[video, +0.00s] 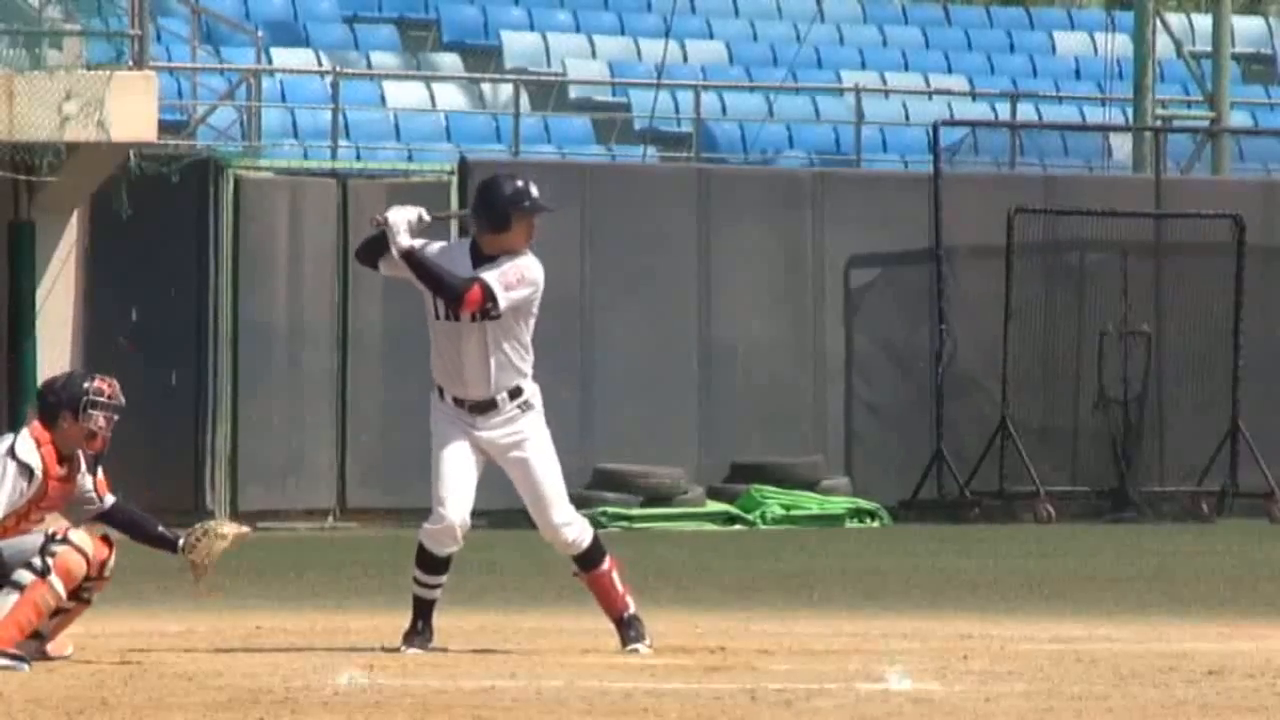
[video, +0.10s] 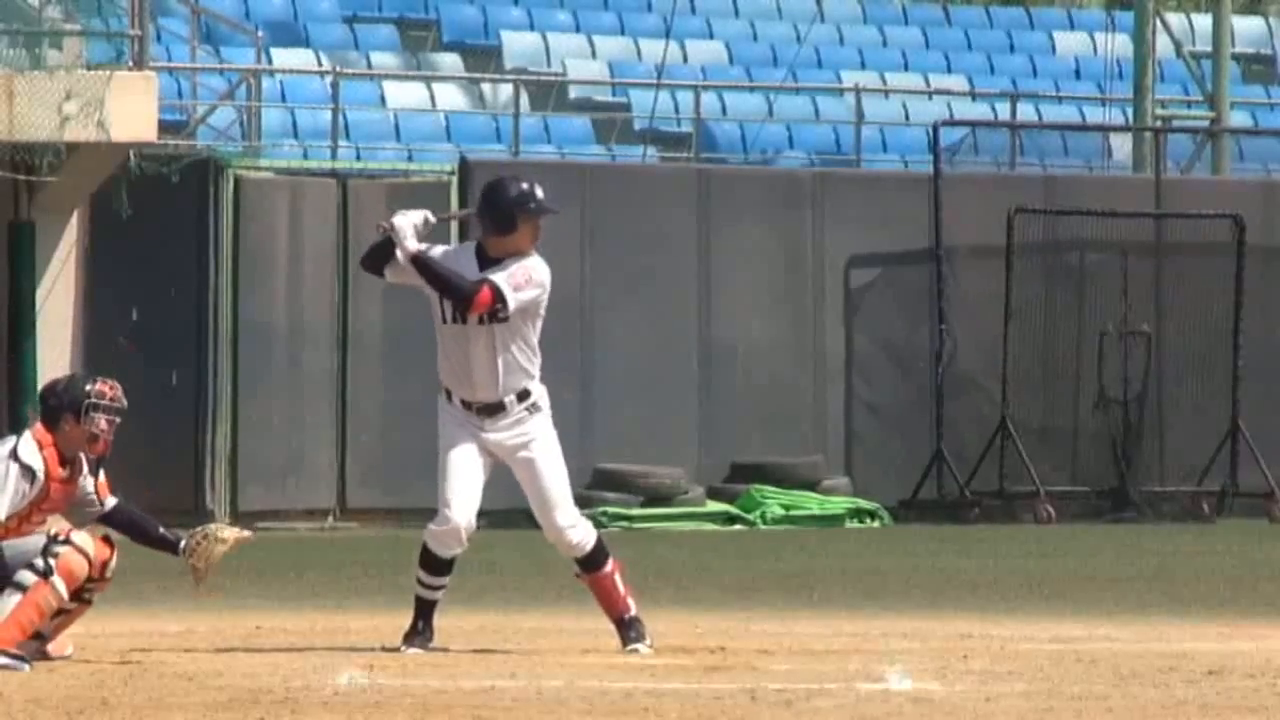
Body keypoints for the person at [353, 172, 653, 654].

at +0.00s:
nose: (533, 226)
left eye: (533, 217)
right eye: (526, 218)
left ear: (504, 224)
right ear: (501, 224)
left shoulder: (526, 270)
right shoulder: (443, 254)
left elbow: (466, 298)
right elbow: (367, 256)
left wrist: (407, 249)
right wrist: (392, 229)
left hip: (515, 414)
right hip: (454, 415)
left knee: (559, 525)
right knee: (448, 520)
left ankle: (626, 621)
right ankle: (420, 626)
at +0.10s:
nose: (538, 228)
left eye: (538, 219)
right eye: (531, 220)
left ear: (509, 225)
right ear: (505, 226)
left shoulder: (532, 271)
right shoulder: (447, 258)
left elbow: (475, 300)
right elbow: (373, 264)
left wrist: (413, 251)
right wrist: (398, 234)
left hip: (523, 415)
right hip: (461, 417)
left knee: (564, 527)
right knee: (453, 523)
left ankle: (627, 622)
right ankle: (421, 624)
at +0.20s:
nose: (542, 230)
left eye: (542, 221)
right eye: (535, 222)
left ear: (513, 226)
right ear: (511, 227)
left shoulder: (538, 272)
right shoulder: (453, 262)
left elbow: (481, 301)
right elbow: (378, 270)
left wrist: (419, 254)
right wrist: (403, 240)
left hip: (531, 417)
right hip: (469, 420)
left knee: (565, 527)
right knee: (458, 525)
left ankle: (628, 624)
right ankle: (421, 626)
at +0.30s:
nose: (542, 235)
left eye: (543, 226)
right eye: (536, 226)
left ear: (514, 231)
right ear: (511, 231)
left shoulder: (540, 276)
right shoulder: (453, 269)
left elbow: (484, 304)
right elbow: (377, 279)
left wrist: (424, 261)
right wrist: (405, 250)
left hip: (537, 422)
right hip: (473, 426)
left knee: (567, 530)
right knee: (461, 528)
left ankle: (628, 624)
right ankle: (422, 625)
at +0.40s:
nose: (536, 242)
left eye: (536, 233)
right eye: (530, 234)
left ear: (507, 240)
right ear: (507, 239)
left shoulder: (534, 283)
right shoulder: (450, 277)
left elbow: (477, 314)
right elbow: (371, 284)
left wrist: (419, 269)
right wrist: (402, 257)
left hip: (532, 428)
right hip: (470, 432)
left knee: (564, 533)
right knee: (459, 532)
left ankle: (627, 625)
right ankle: (422, 626)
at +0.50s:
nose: (530, 247)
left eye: (530, 238)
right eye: (523, 239)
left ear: (505, 244)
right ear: (498, 244)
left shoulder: (526, 290)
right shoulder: (440, 280)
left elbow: (468, 318)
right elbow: (365, 285)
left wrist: (411, 271)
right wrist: (397, 257)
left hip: (525, 430)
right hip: (462, 435)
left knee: (562, 531)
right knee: (454, 533)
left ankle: (627, 622)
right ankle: (421, 625)